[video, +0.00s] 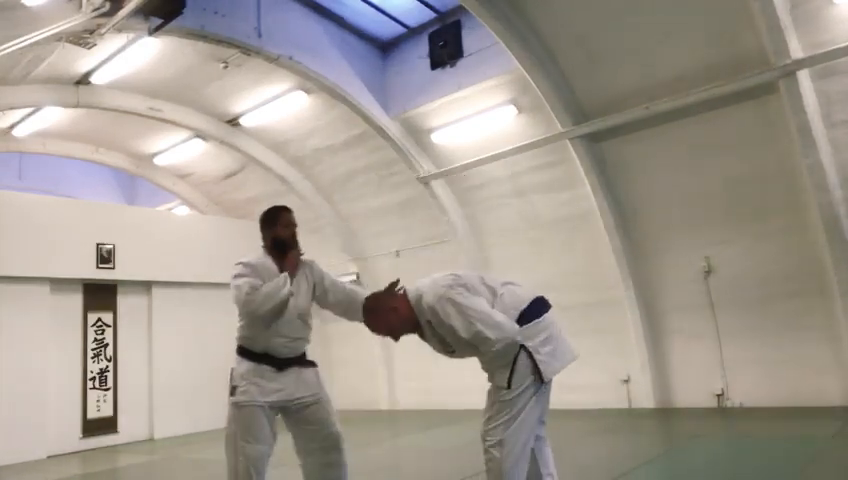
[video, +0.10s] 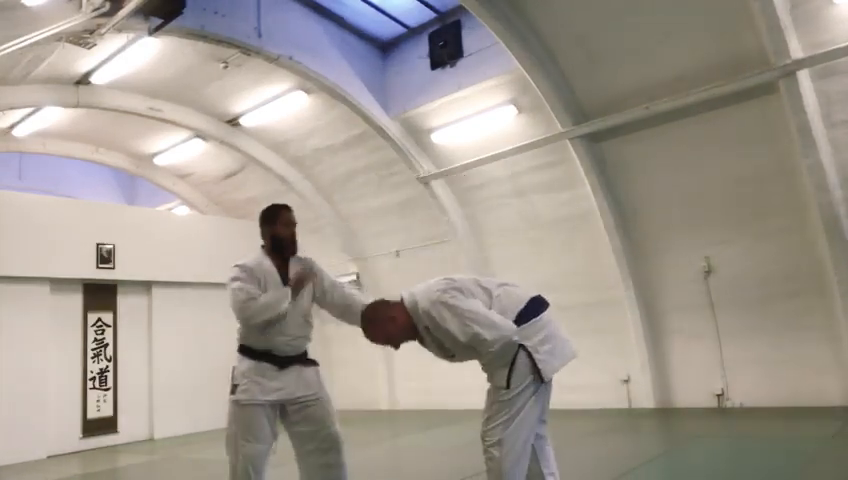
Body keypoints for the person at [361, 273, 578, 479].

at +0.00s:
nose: (391, 337)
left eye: (385, 329)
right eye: (383, 333)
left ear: (394, 307)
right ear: (395, 304)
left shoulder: (438, 299)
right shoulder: (426, 306)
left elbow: (504, 336)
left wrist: (497, 374)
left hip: (527, 338)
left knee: (498, 439)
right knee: (528, 434)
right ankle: (543, 477)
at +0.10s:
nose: (392, 346)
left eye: (386, 340)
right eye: (385, 343)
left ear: (392, 318)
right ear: (391, 315)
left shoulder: (435, 303)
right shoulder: (423, 310)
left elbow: (502, 336)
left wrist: (496, 373)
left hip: (524, 339)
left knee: (498, 439)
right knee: (529, 434)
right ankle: (546, 475)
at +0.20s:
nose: (389, 352)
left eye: (383, 346)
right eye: (382, 350)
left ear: (389, 325)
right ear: (389, 322)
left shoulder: (431, 308)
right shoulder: (422, 315)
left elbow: (500, 338)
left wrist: (495, 376)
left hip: (523, 340)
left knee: (497, 438)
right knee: (531, 434)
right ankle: (547, 476)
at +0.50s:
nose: (380, 346)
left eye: (373, 341)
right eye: (373, 344)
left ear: (377, 320)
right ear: (378, 317)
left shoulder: (418, 303)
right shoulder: (412, 309)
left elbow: (488, 337)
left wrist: (483, 372)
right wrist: (482, 368)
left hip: (513, 341)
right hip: (527, 332)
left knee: (487, 439)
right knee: (533, 432)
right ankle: (548, 477)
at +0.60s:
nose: (375, 340)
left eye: (368, 334)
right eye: (368, 337)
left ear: (373, 312)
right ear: (375, 309)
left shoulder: (415, 299)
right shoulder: (409, 307)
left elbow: (482, 337)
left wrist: (473, 368)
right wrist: (475, 366)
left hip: (507, 342)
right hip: (525, 334)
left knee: (483, 441)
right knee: (532, 432)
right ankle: (549, 476)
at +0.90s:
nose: (360, 319)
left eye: (353, 311)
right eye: (354, 315)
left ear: (357, 295)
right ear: (359, 289)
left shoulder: (394, 282)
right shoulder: (392, 280)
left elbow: (457, 332)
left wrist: (453, 375)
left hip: (487, 340)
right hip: (504, 330)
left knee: (474, 443)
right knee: (512, 431)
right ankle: (531, 475)